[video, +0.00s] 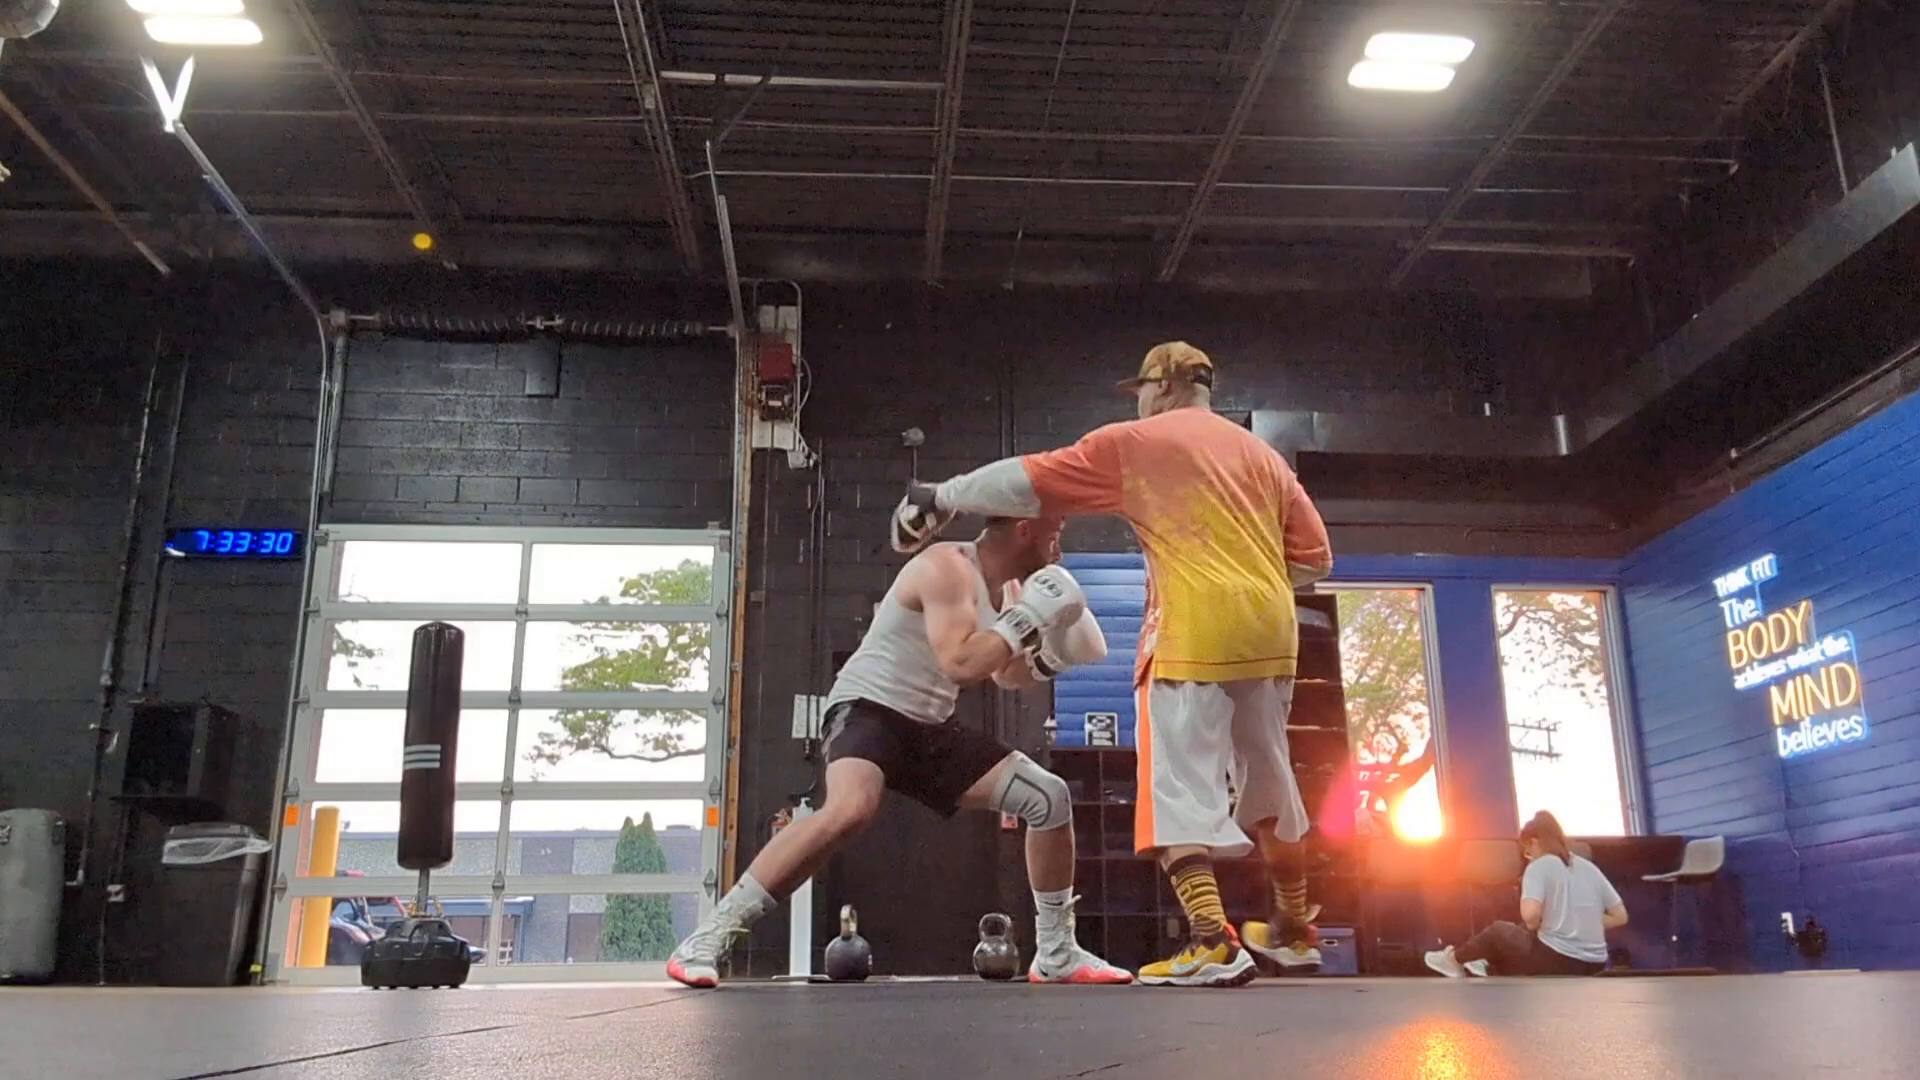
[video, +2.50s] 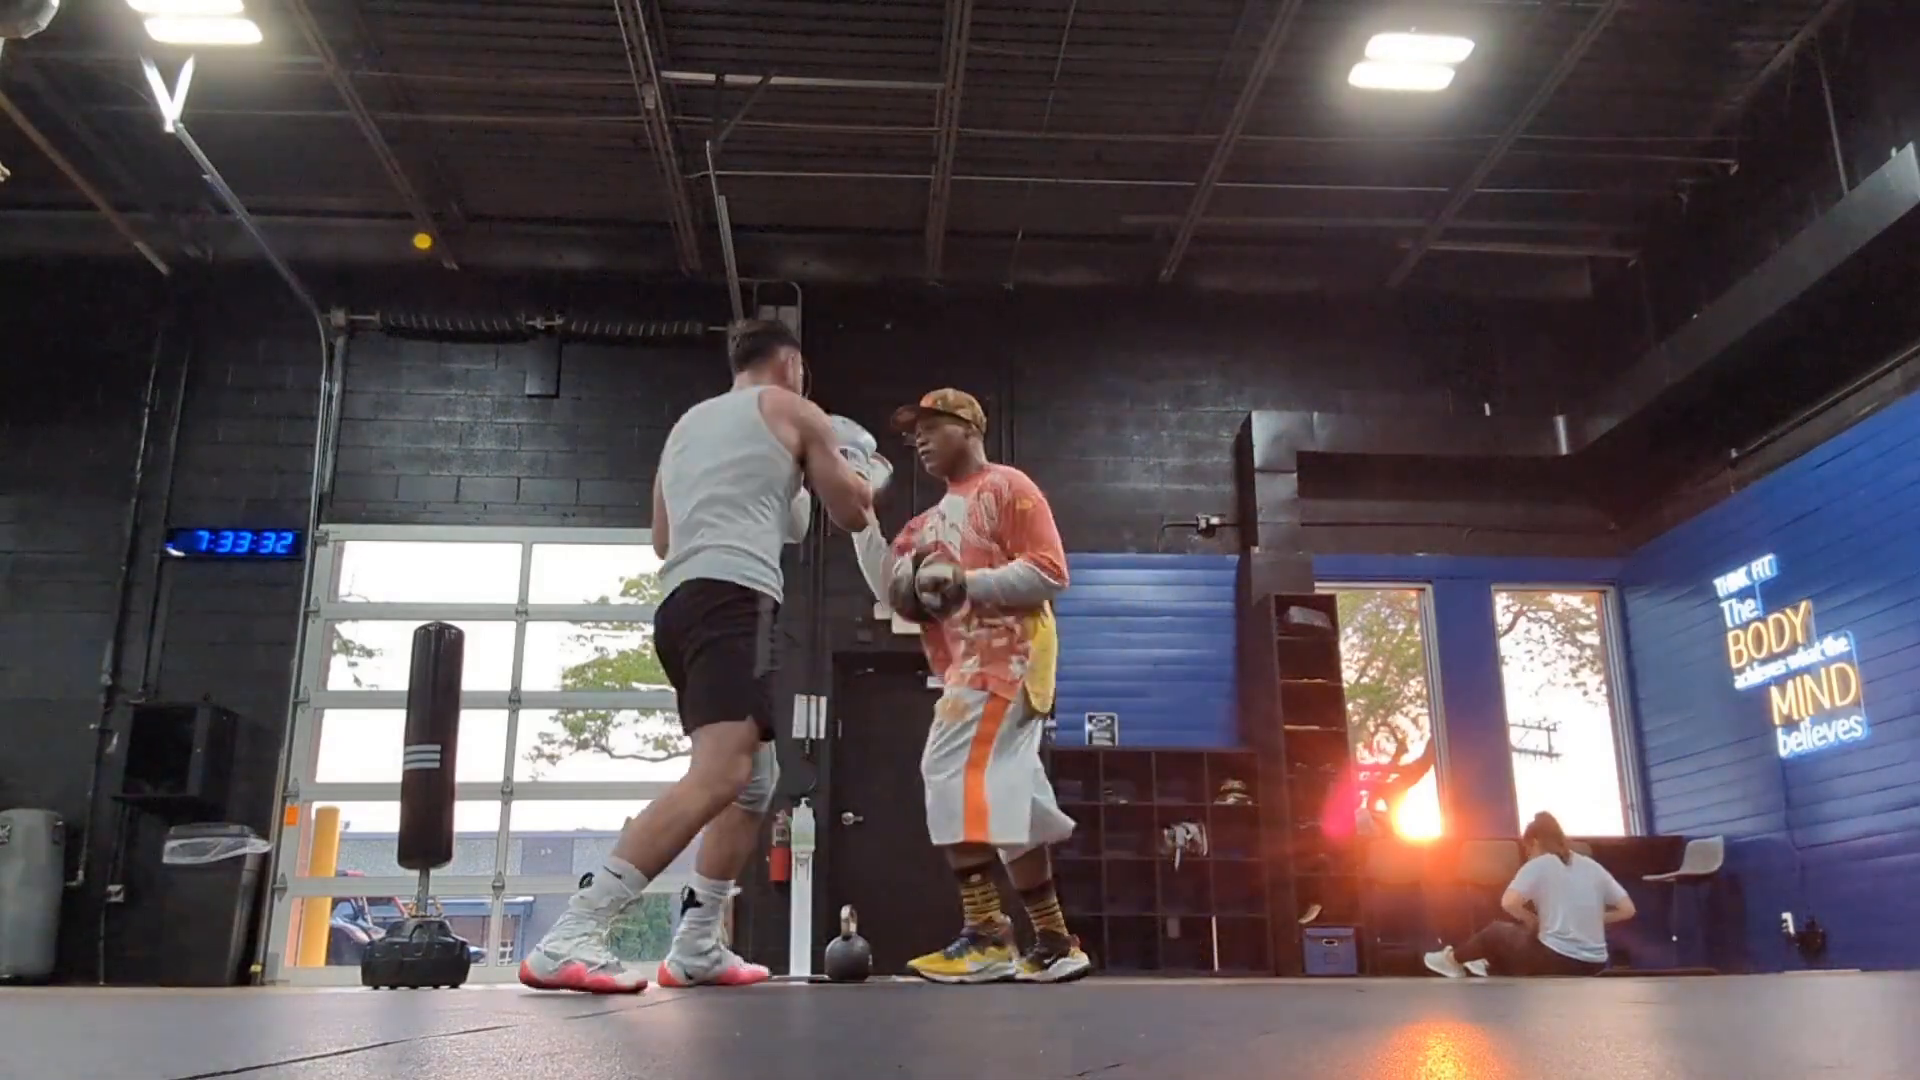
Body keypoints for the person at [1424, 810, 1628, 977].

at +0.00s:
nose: (1527, 858)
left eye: (1526, 852)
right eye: (1525, 853)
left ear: (1536, 842)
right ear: (1559, 840)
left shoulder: (1539, 866)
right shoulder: (1588, 867)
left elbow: (1530, 914)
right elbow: (1620, 917)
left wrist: (1534, 931)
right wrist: (1583, 925)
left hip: (1559, 960)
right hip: (1595, 963)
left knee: (1499, 931)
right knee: (1524, 938)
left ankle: (1453, 959)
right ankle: (1488, 967)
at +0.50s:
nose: (1528, 859)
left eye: (1527, 852)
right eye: (1525, 854)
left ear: (1536, 843)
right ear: (1561, 840)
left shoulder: (1540, 866)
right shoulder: (1589, 868)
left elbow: (1529, 913)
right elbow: (1621, 916)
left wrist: (1534, 929)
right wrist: (1584, 923)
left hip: (1559, 959)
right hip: (1595, 962)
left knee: (1498, 931)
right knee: (1522, 937)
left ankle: (1452, 959)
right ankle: (1485, 964)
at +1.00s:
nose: (1529, 856)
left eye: (1529, 850)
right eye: (1527, 851)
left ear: (1538, 842)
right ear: (1561, 840)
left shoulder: (1540, 866)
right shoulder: (1590, 867)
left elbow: (1527, 913)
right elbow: (1618, 918)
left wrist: (1536, 932)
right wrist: (1581, 924)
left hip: (1559, 959)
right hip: (1595, 962)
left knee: (1497, 931)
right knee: (1521, 937)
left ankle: (1453, 959)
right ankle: (1485, 964)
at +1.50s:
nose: (1530, 854)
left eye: (1530, 848)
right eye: (1528, 849)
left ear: (1539, 841)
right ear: (1563, 839)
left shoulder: (1543, 867)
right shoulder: (1590, 868)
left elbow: (1514, 911)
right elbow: (1620, 918)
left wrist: (1534, 924)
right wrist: (1582, 922)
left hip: (1560, 959)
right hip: (1595, 962)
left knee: (1498, 931)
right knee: (1524, 935)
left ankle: (1453, 959)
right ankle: (1486, 964)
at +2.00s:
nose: (1529, 853)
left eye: (1529, 847)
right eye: (1528, 848)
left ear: (1538, 840)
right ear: (1562, 839)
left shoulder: (1540, 867)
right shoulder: (1590, 868)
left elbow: (1505, 909)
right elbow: (1620, 918)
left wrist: (1532, 923)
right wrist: (1582, 923)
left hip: (1559, 959)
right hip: (1595, 962)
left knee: (1497, 931)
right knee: (1522, 935)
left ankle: (1453, 959)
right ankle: (1488, 965)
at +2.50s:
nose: (1527, 853)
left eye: (1527, 848)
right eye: (1526, 848)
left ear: (1535, 843)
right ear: (1561, 840)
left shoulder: (1536, 866)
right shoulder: (1592, 866)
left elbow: (1509, 903)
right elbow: (1627, 909)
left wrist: (1530, 921)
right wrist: (1592, 920)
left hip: (1556, 958)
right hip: (1595, 961)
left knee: (1498, 931)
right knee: (1522, 938)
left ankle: (1451, 959)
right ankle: (1487, 964)